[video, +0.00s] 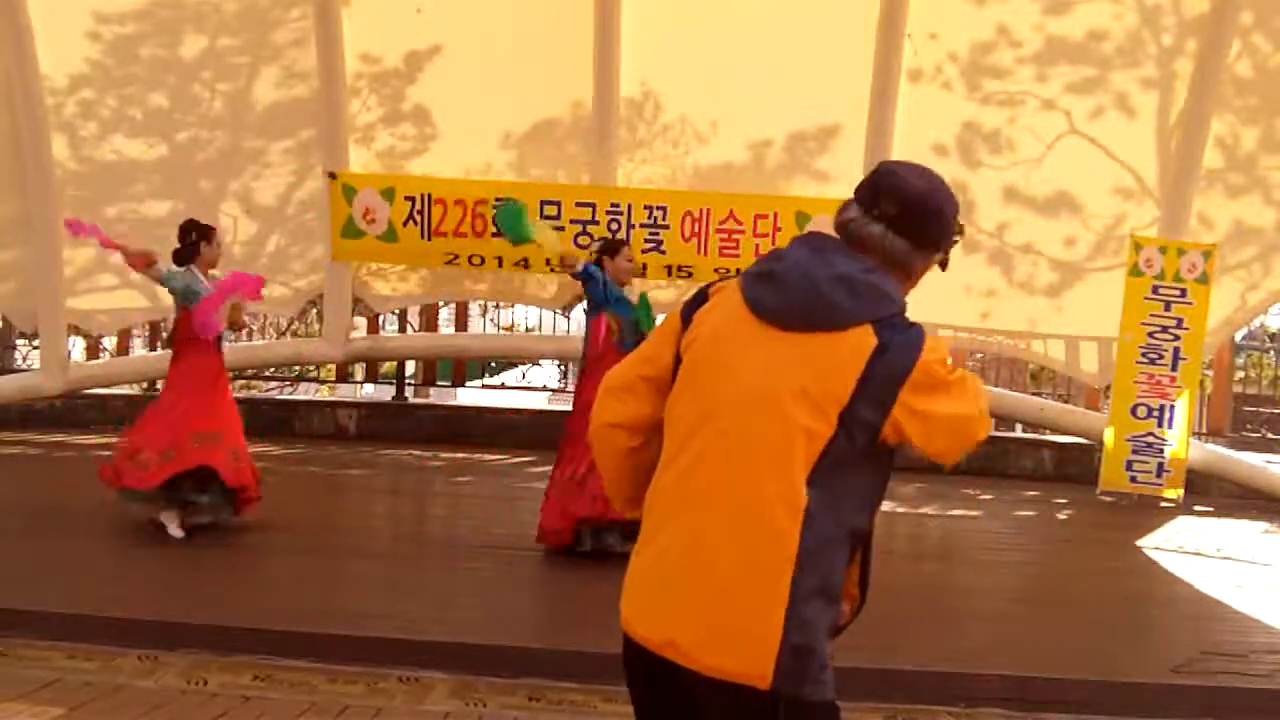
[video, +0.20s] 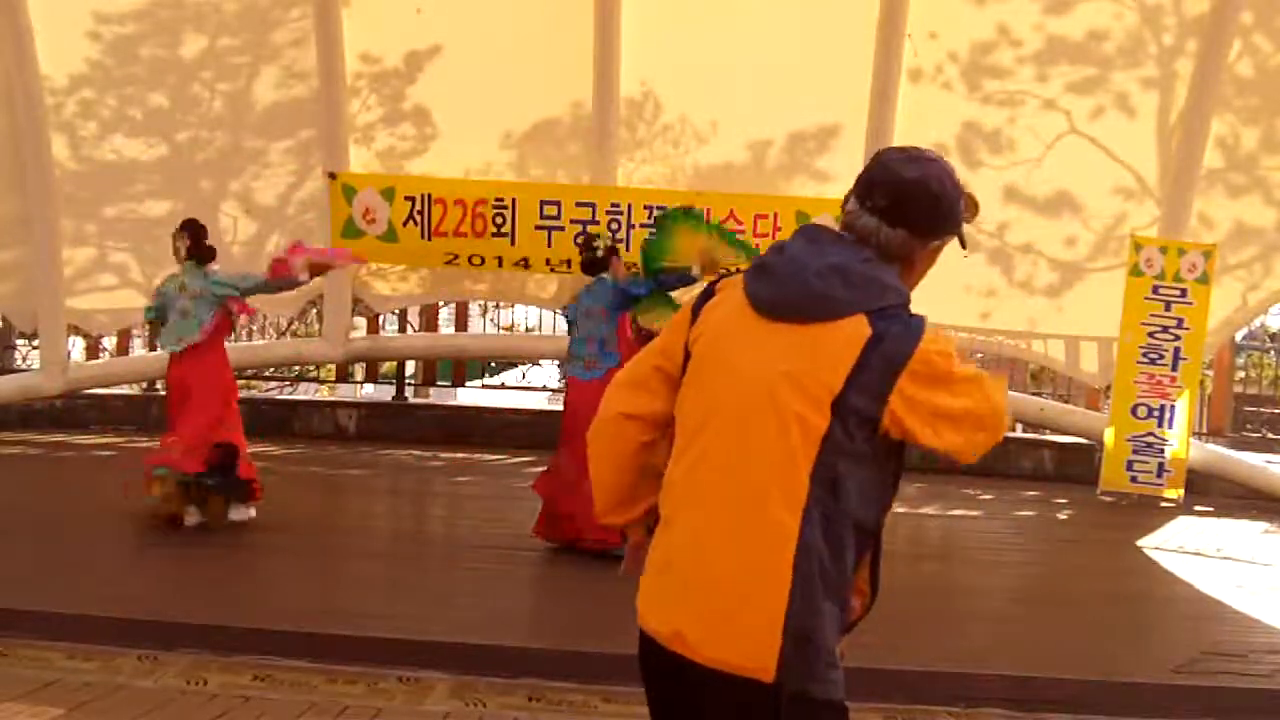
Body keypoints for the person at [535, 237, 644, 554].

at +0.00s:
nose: (633, 266)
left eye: (632, 260)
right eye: (627, 260)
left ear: (614, 262)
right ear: (607, 262)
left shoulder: (624, 300)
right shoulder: (603, 289)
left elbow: (635, 340)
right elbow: (594, 278)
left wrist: (644, 319)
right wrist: (578, 268)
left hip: (621, 386)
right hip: (599, 387)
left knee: (613, 452)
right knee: (595, 453)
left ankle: (608, 527)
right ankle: (589, 528)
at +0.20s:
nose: (625, 268)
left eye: (622, 262)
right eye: (621, 262)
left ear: (591, 266)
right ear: (611, 263)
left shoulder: (580, 299)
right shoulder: (614, 291)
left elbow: (572, 328)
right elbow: (650, 285)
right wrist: (692, 275)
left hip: (576, 380)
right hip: (604, 382)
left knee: (573, 452)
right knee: (599, 452)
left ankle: (559, 522)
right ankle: (597, 528)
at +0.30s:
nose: (602, 265)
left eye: (591, 262)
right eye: (604, 261)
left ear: (580, 267)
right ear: (607, 264)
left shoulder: (570, 301)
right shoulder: (622, 292)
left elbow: (562, 345)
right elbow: (663, 286)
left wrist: (584, 343)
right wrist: (705, 281)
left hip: (580, 384)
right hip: (616, 383)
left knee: (576, 452)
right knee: (611, 448)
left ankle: (570, 525)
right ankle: (606, 528)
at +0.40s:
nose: (573, 266)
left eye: (575, 261)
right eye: (575, 260)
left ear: (580, 265)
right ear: (607, 262)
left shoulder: (578, 299)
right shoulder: (627, 289)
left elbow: (552, 332)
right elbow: (663, 282)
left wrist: (565, 353)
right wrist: (695, 283)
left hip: (594, 376)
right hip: (629, 374)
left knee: (585, 447)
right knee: (620, 444)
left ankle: (581, 523)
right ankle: (617, 524)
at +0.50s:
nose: (573, 264)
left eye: (578, 260)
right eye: (575, 259)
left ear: (593, 263)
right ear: (606, 263)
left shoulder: (588, 296)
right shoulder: (617, 289)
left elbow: (571, 341)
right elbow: (638, 276)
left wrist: (553, 346)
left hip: (599, 376)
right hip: (626, 372)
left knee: (590, 447)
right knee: (615, 445)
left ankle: (592, 526)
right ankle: (616, 525)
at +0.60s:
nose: (581, 267)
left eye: (587, 262)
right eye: (582, 261)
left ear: (605, 267)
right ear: (593, 264)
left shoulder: (612, 296)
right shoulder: (589, 291)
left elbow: (597, 340)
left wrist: (554, 349)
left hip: (612, 378)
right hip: (591, 375)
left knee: (594, 447)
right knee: (585, 446)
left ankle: (597, 527)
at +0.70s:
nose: (589, 268)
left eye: (597, 262)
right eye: (589, 262)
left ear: (617, 266)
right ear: (593, 264)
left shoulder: (623, 303)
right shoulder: (589, 294)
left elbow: (611, 346)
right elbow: (556, 285)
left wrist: (561, 351)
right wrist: (513, 277)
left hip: (614, 381)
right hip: (587, 378)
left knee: (595, 449)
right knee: (576, 446)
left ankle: (597, 527)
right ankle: (567, 522)